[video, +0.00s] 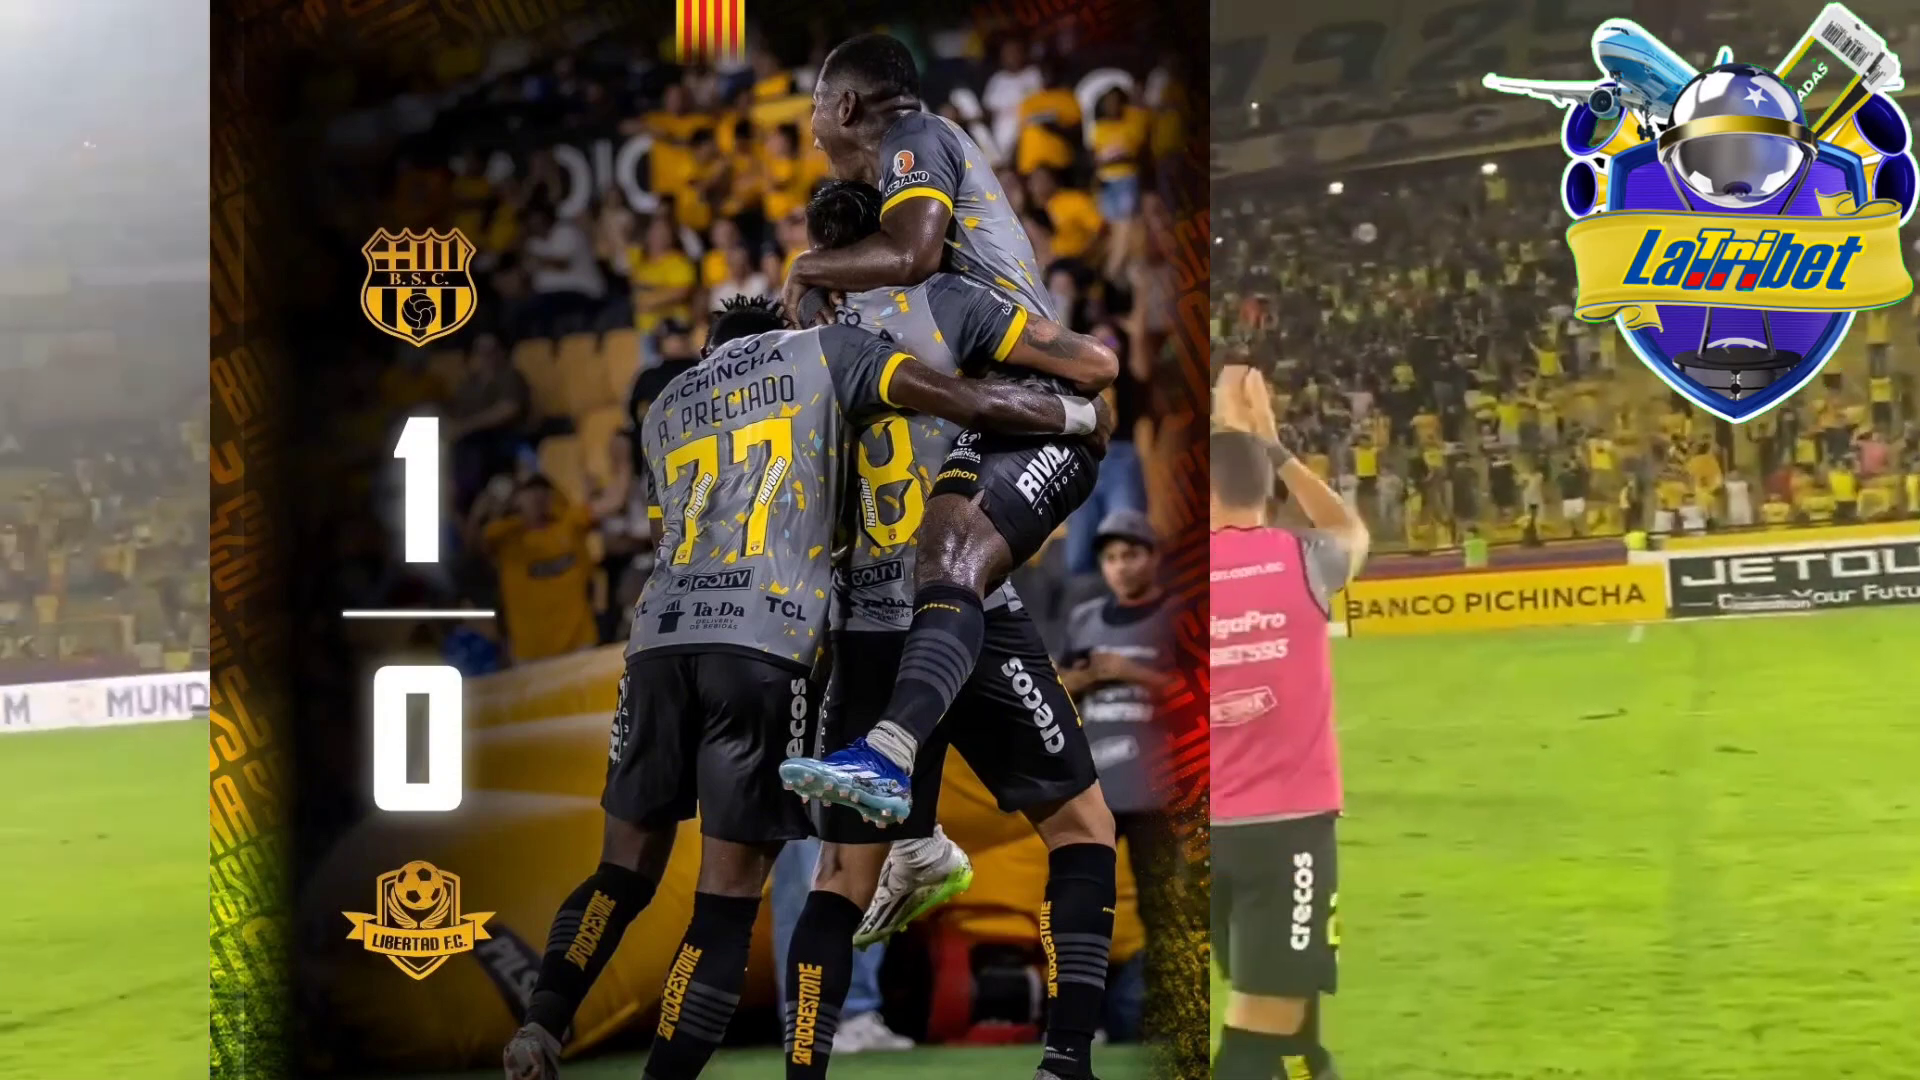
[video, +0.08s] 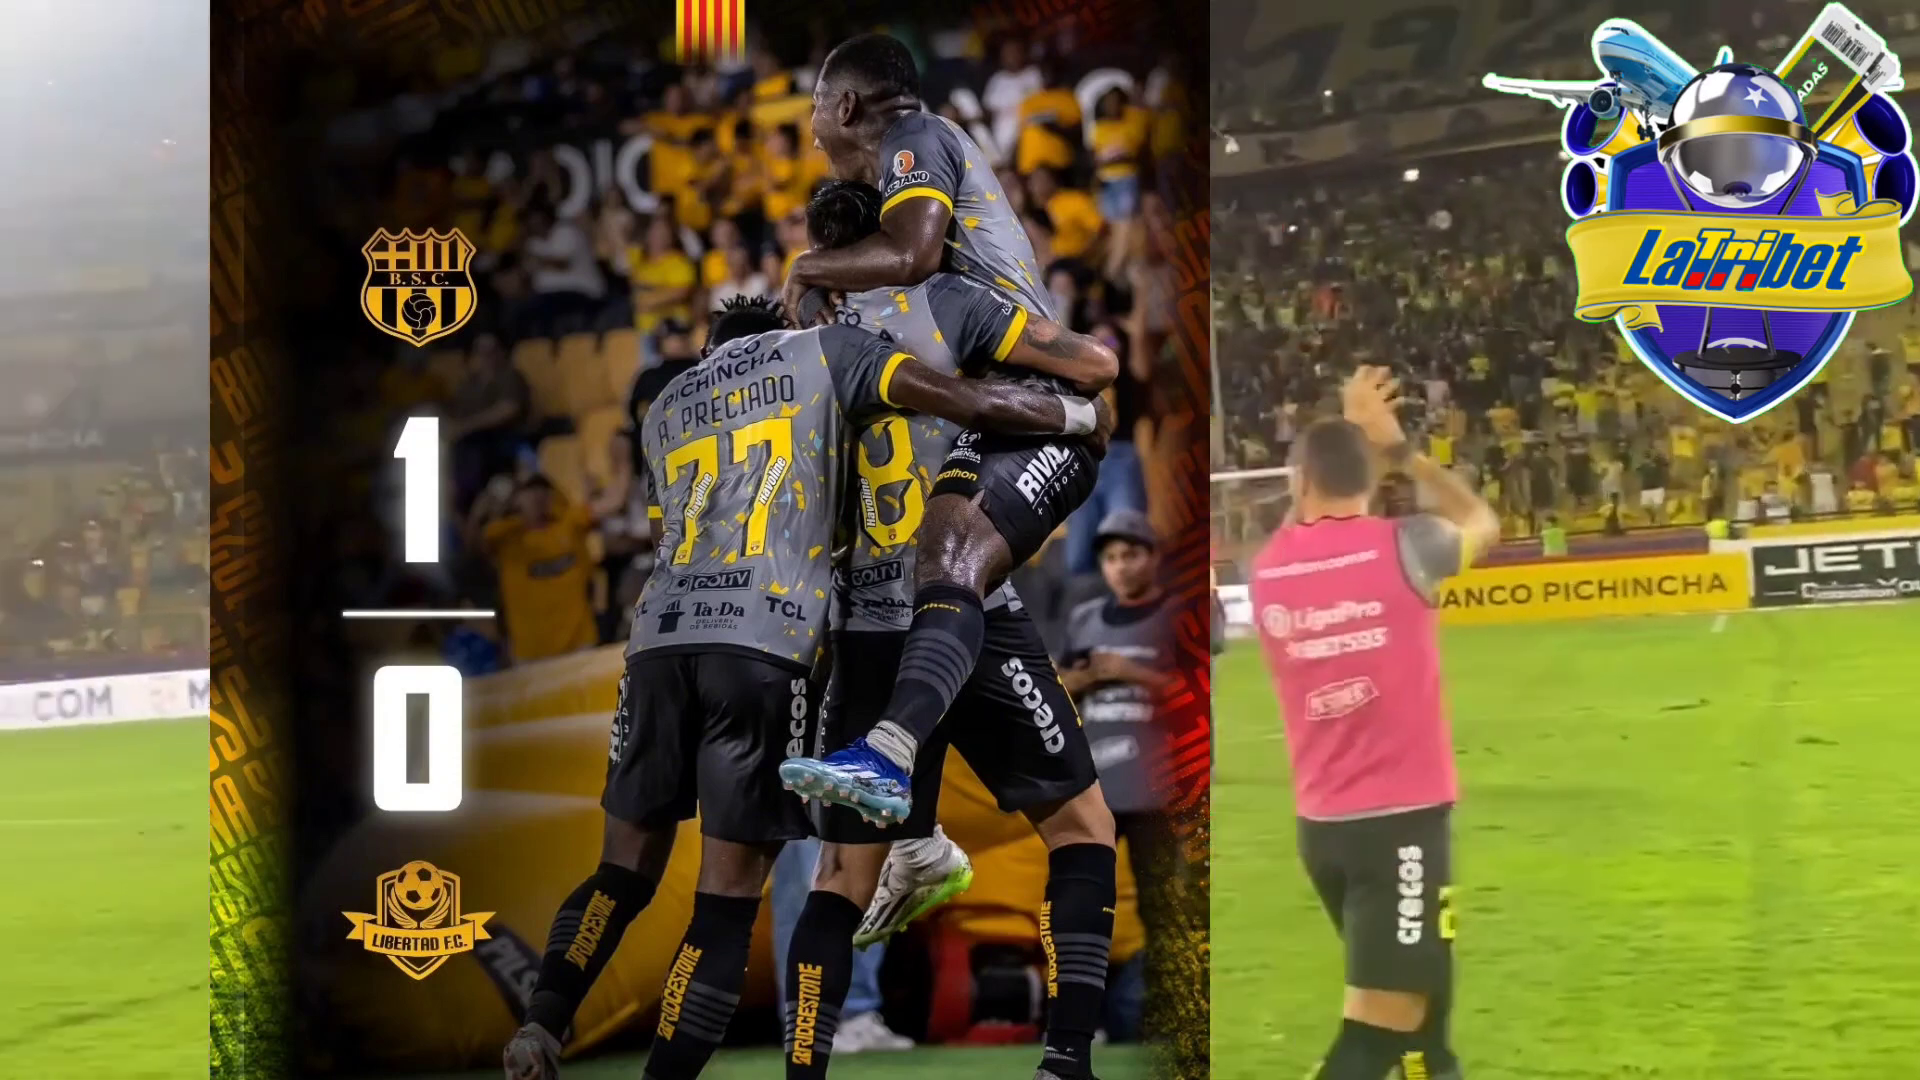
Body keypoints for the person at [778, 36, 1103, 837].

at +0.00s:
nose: (816, 133)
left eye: (821, 112)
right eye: (814, 115)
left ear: (857, 103)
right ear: (879, 105)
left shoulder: (914, 134)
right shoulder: (898, 162)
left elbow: (915, 250)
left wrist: (808, 264)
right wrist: (813, 296)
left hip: (1042, 400)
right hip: (980, 398)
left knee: (953, 556)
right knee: (892, 563)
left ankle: (888, 757)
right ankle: (914, 837)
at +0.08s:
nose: (814, 126)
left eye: (820, 107)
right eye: (814, 108)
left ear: (855, 102)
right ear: (880, 104)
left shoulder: (915, 135)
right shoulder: (903, 162)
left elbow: (913, 250)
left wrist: (806, 265)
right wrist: (814, 299)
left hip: (1043, 403)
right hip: (983, 401)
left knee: (953, 556)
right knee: (897, 565)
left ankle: (888, 759)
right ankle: (916, 835)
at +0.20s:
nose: (816, 130)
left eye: (821, 110)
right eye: (814, 112)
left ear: (856, 102)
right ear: (879, 104)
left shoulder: (915, 133)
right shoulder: (898, 164)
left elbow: (914, 250)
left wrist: (807, 264)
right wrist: (807, 298)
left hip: (1042, 403)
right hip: (979, 399)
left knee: (952, 555)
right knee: (887, 563)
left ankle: (888, 758)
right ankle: (916, 838)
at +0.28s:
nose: (815, 130)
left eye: (821, 110)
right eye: (814, 112)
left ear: (855, 101)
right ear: (878, 103)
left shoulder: (915, 134)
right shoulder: (898, 162)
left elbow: (914, 250)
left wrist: (807, 265)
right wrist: (809, 296)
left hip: (1044, 404)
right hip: (980, 401)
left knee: (954, 557)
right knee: (896, 561)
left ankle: (888, 759)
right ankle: (915, 838)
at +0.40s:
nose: (815, 125)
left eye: (820, 106)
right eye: (814, 107)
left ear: (855, 102)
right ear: (880, 103)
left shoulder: (912, 134)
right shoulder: (903, 159)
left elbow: (913, 250)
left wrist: (806, 264)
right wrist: (809, 296)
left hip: (1044, 403)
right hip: (983, 400)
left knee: (953, 555)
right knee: (903, 568)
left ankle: (890, 754)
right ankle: (916, 838)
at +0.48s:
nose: (816, 127)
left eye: (821, 108)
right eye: (815, 110)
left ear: (856, 102)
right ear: (882, 103)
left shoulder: (914, 135)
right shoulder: (902, 162)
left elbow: (914, 250)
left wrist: (807, 265)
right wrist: (809, 295)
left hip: (1045, 402)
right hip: (985, 398)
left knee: (952, 558)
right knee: (903, 569)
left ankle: (890, 755)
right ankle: (916, 840)